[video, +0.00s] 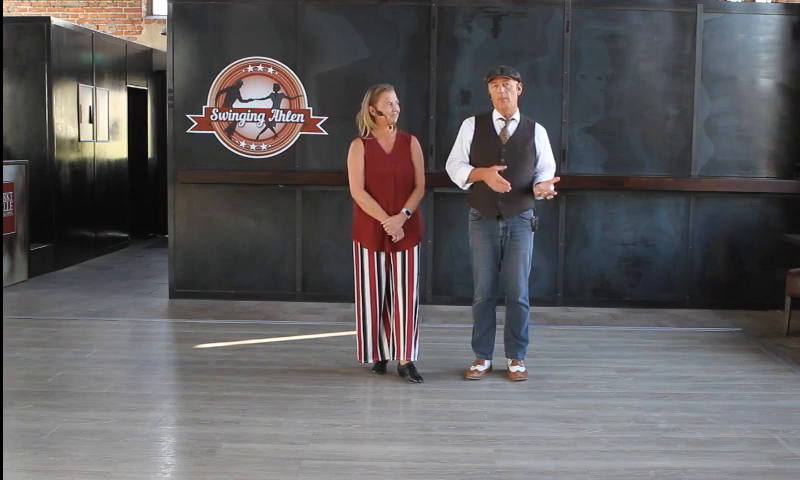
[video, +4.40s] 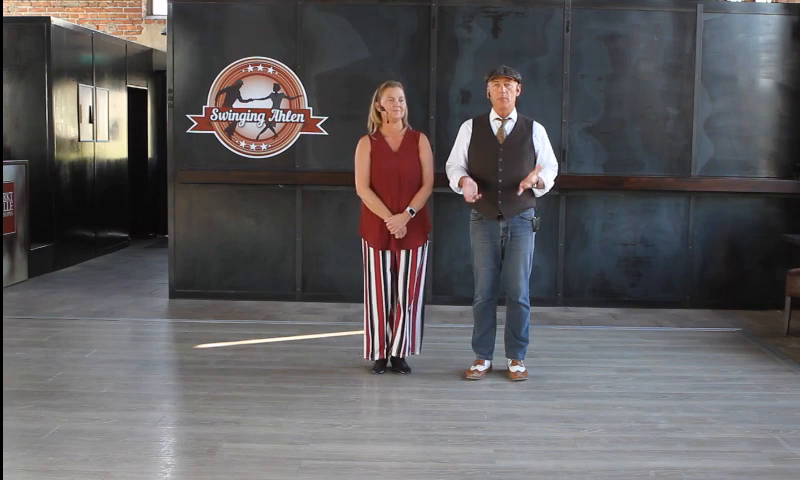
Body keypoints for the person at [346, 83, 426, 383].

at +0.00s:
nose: (395, 108)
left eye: (396, 104)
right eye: (388, 105)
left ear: (399, 107)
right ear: (373, 110)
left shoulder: (411, 143)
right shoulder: (360, 145)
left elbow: (420, 187)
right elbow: (357, 191)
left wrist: (402, 216)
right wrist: (389, 221)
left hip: (405, 231)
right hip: (371, 232)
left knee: (406, 296)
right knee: (374, 295)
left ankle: (406, 359)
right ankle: (379, 356)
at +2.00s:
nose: (391, 107)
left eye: (392, 101)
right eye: (384, 104)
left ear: (397, 106)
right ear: (370, 112)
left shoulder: (411, 142)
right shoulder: (359, 146)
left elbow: (421, 186)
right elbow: (356, 191)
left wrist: (404, 216)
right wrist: (388, 221)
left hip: (406, 231)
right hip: (371, 232)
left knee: (407, 295)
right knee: (374, 295)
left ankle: (406, 359)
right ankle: (379, 355)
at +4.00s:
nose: (388, 106)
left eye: (391, 101)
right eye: (381, 103)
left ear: (397, 105)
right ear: (370, 109)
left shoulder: (412, 141)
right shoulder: (359, 146)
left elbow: (422, 185)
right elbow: (355, 191)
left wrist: (401, 215)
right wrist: (385, 221)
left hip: (406, 229)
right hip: (371, 230)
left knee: (404, 293)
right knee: (373, 293)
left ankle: (397, 355)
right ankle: (377, 355)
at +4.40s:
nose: (397, 105)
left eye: (400, 100)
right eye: (391, 100)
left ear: (406, 104)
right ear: (379, 106)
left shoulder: (420, 140)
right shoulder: (367, 143)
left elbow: (428, 184)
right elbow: (362, 188)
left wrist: (406, 214)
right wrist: (391, 220)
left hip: (413, 227)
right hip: (377, 228)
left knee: (408, 294)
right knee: (379, 293)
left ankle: (398, 354)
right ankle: (379, 354)